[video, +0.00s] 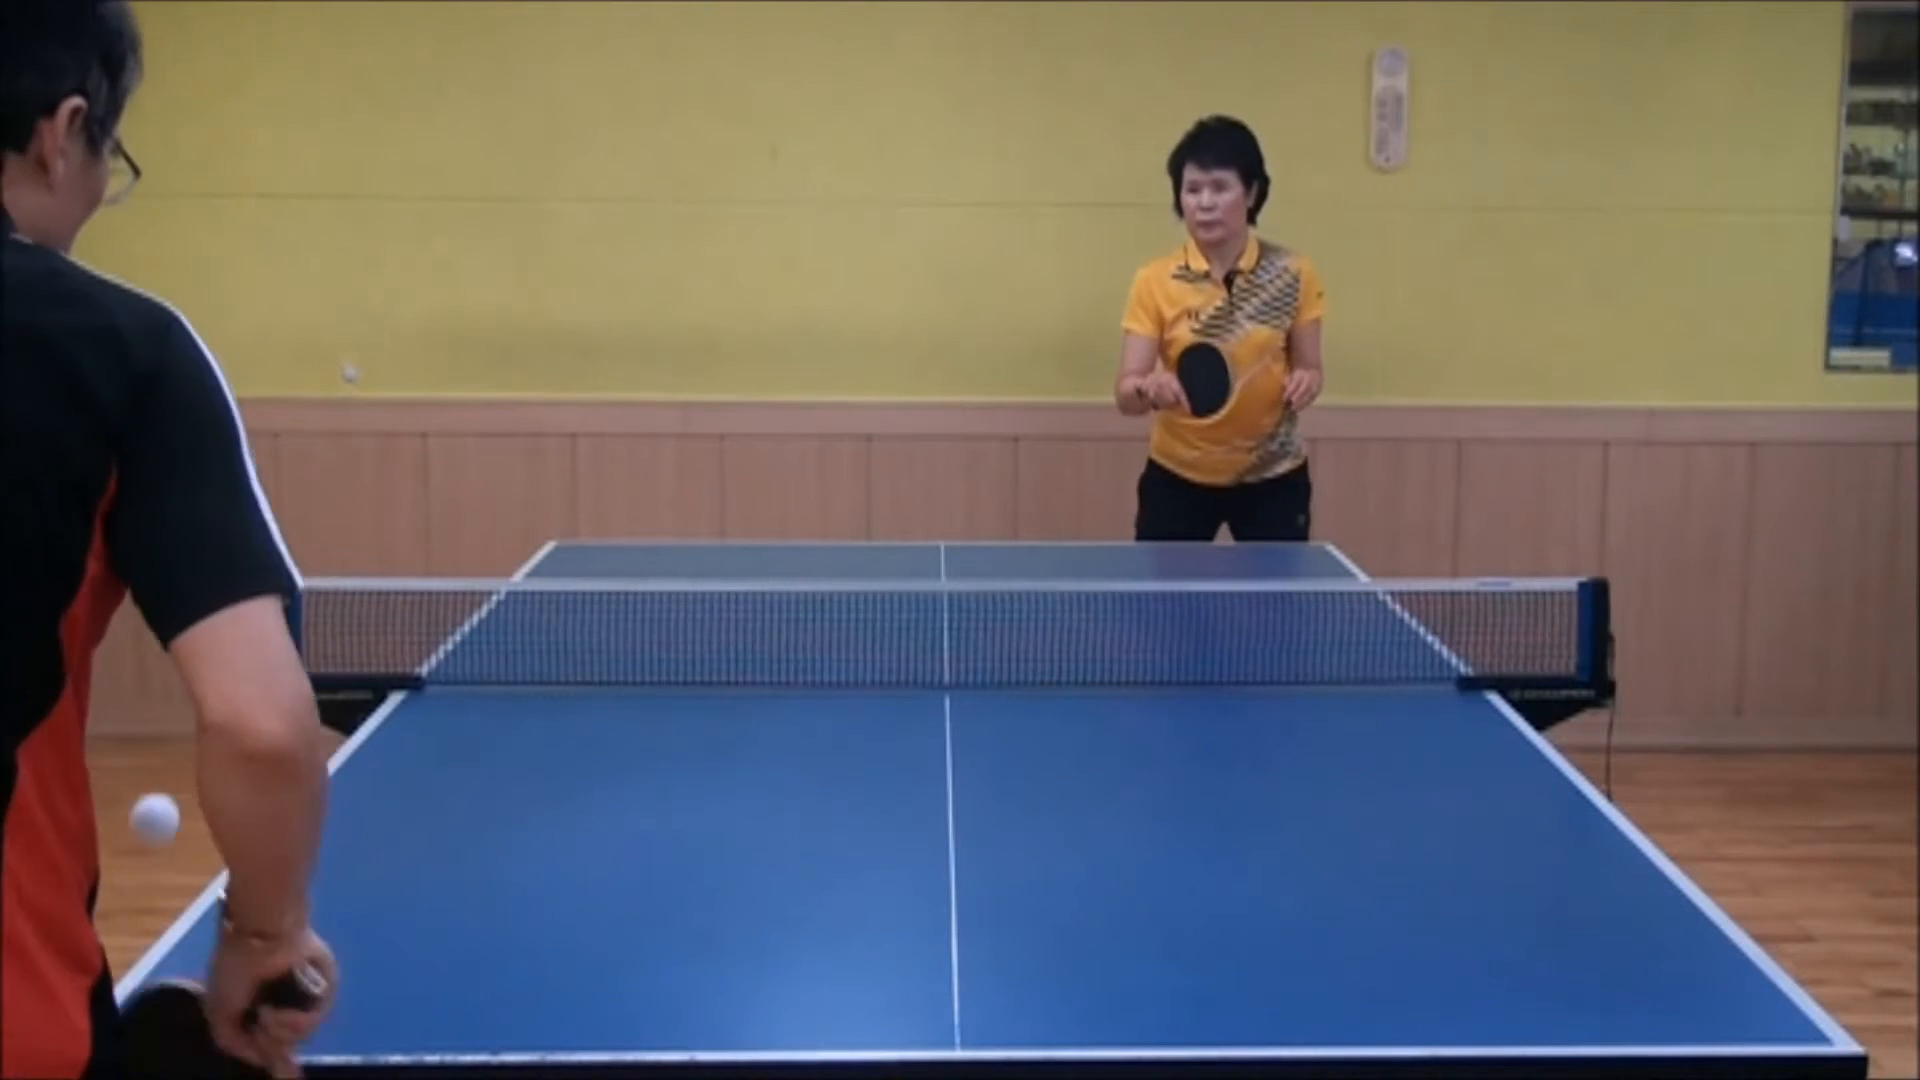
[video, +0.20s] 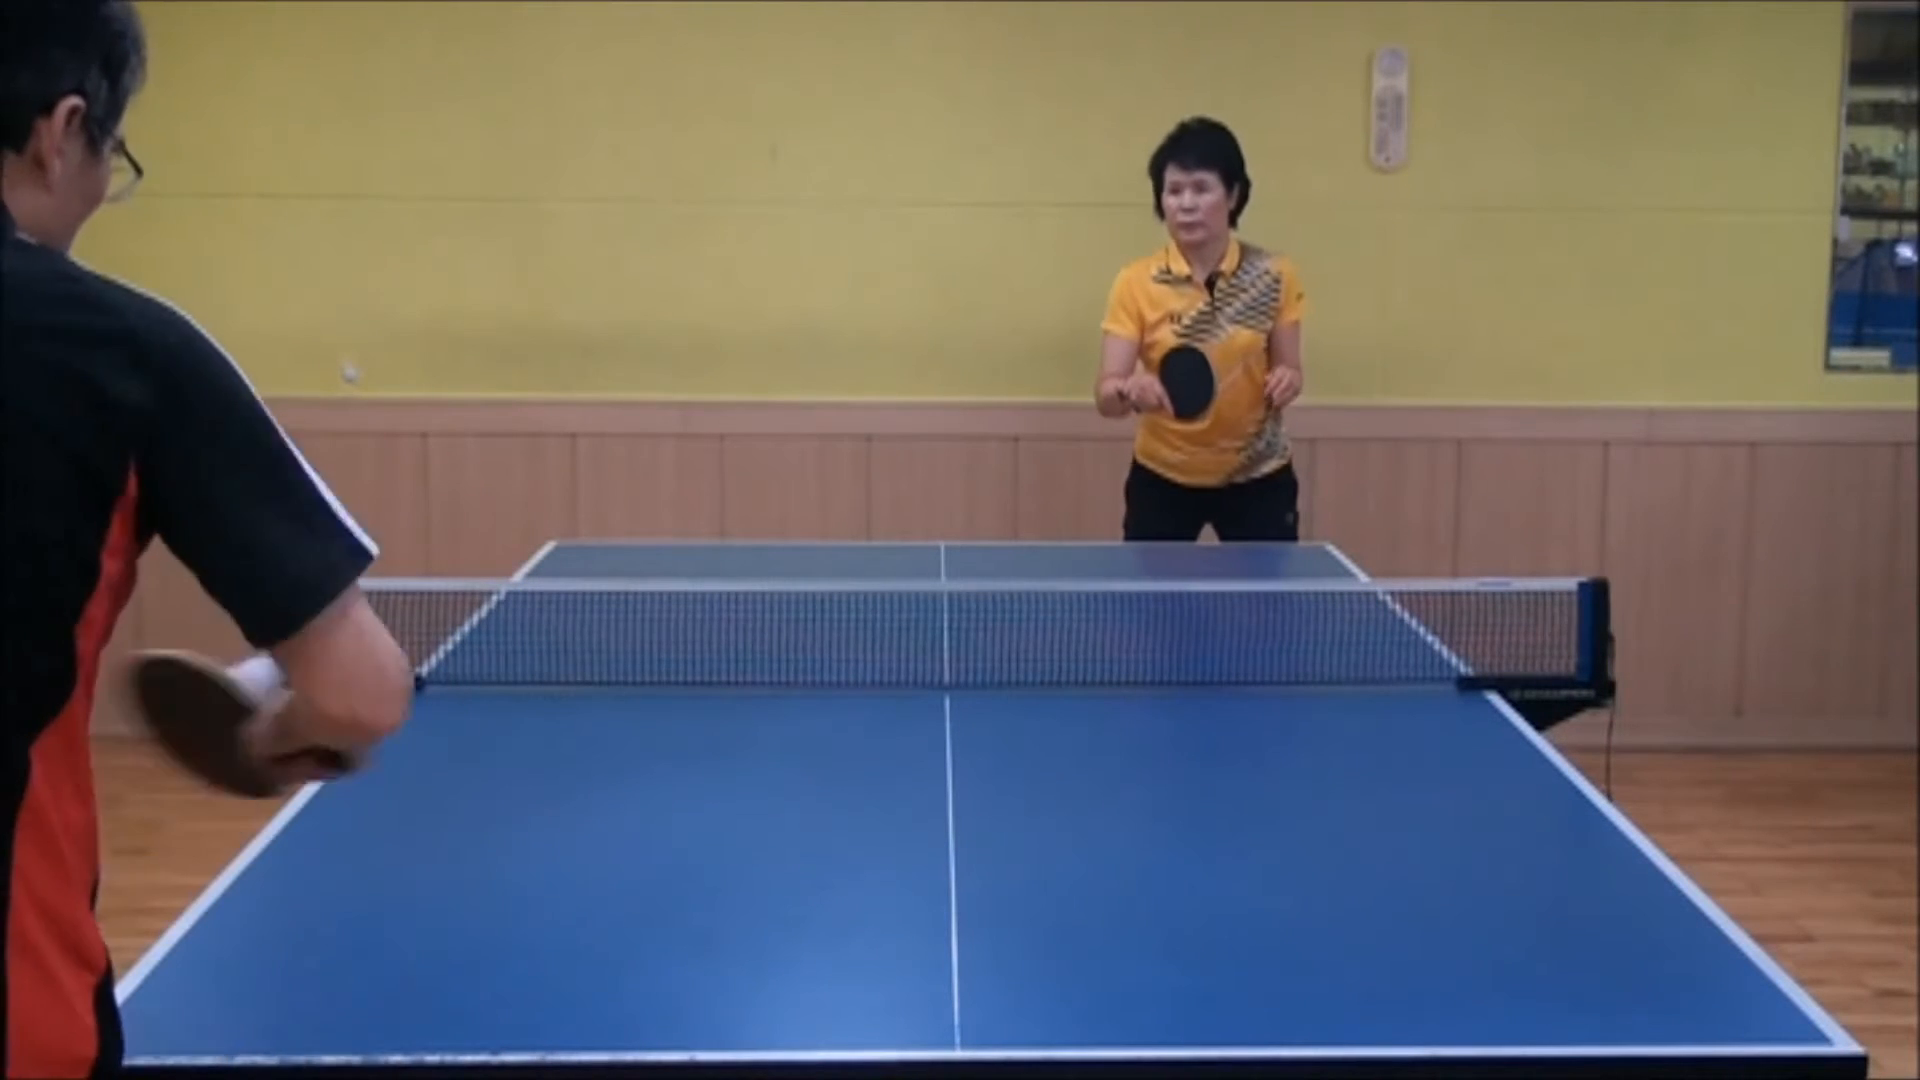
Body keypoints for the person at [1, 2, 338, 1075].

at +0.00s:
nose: (106, 189)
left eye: (110, 150)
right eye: (107, 146)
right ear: (55, 132)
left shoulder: (112, 348)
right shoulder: (105, 344)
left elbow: (261, 720)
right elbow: (263, 721)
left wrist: (267, 935)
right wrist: (267, 933)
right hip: (22, 1005)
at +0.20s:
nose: (105, 190)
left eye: (115, 157)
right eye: (111, 152)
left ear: (50, 127)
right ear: (56, 129)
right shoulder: (107, 347)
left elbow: (366, 692)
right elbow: (368, 693)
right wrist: (272, 729)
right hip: (23, 1000)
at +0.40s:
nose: (60, 163)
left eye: (73, 126)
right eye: (68, 123)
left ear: (18, 108)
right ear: (16, 108)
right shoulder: (84, 341)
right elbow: (353, 639)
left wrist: (418, 664)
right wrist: (438, 675)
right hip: (15, 1007)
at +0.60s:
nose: (40, 132)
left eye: (42, 96)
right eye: (40, 96)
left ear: (26, 104)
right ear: (14, 106)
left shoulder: (68, 338)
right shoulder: (62, 337)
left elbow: (295, 679)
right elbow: (301, 678)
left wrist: (359, 716)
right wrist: (370, 721)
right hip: (7, 1003)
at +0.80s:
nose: (30, 126)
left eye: (32, 87)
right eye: (32, 86)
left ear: (21, 101)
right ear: (12, 103)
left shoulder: (60, 338)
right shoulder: (52, 337)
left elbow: (257, 698)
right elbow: (259, 699)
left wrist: (318, 741)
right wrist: (334, 750)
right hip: (3, 1000)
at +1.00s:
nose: (15, 103)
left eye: (11, 83)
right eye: (10, 82)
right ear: (4, 86)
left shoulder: (38, 341)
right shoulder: (29, 341)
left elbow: (179, 737)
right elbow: (180, 736)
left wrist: (246, 797)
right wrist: (253, 805)